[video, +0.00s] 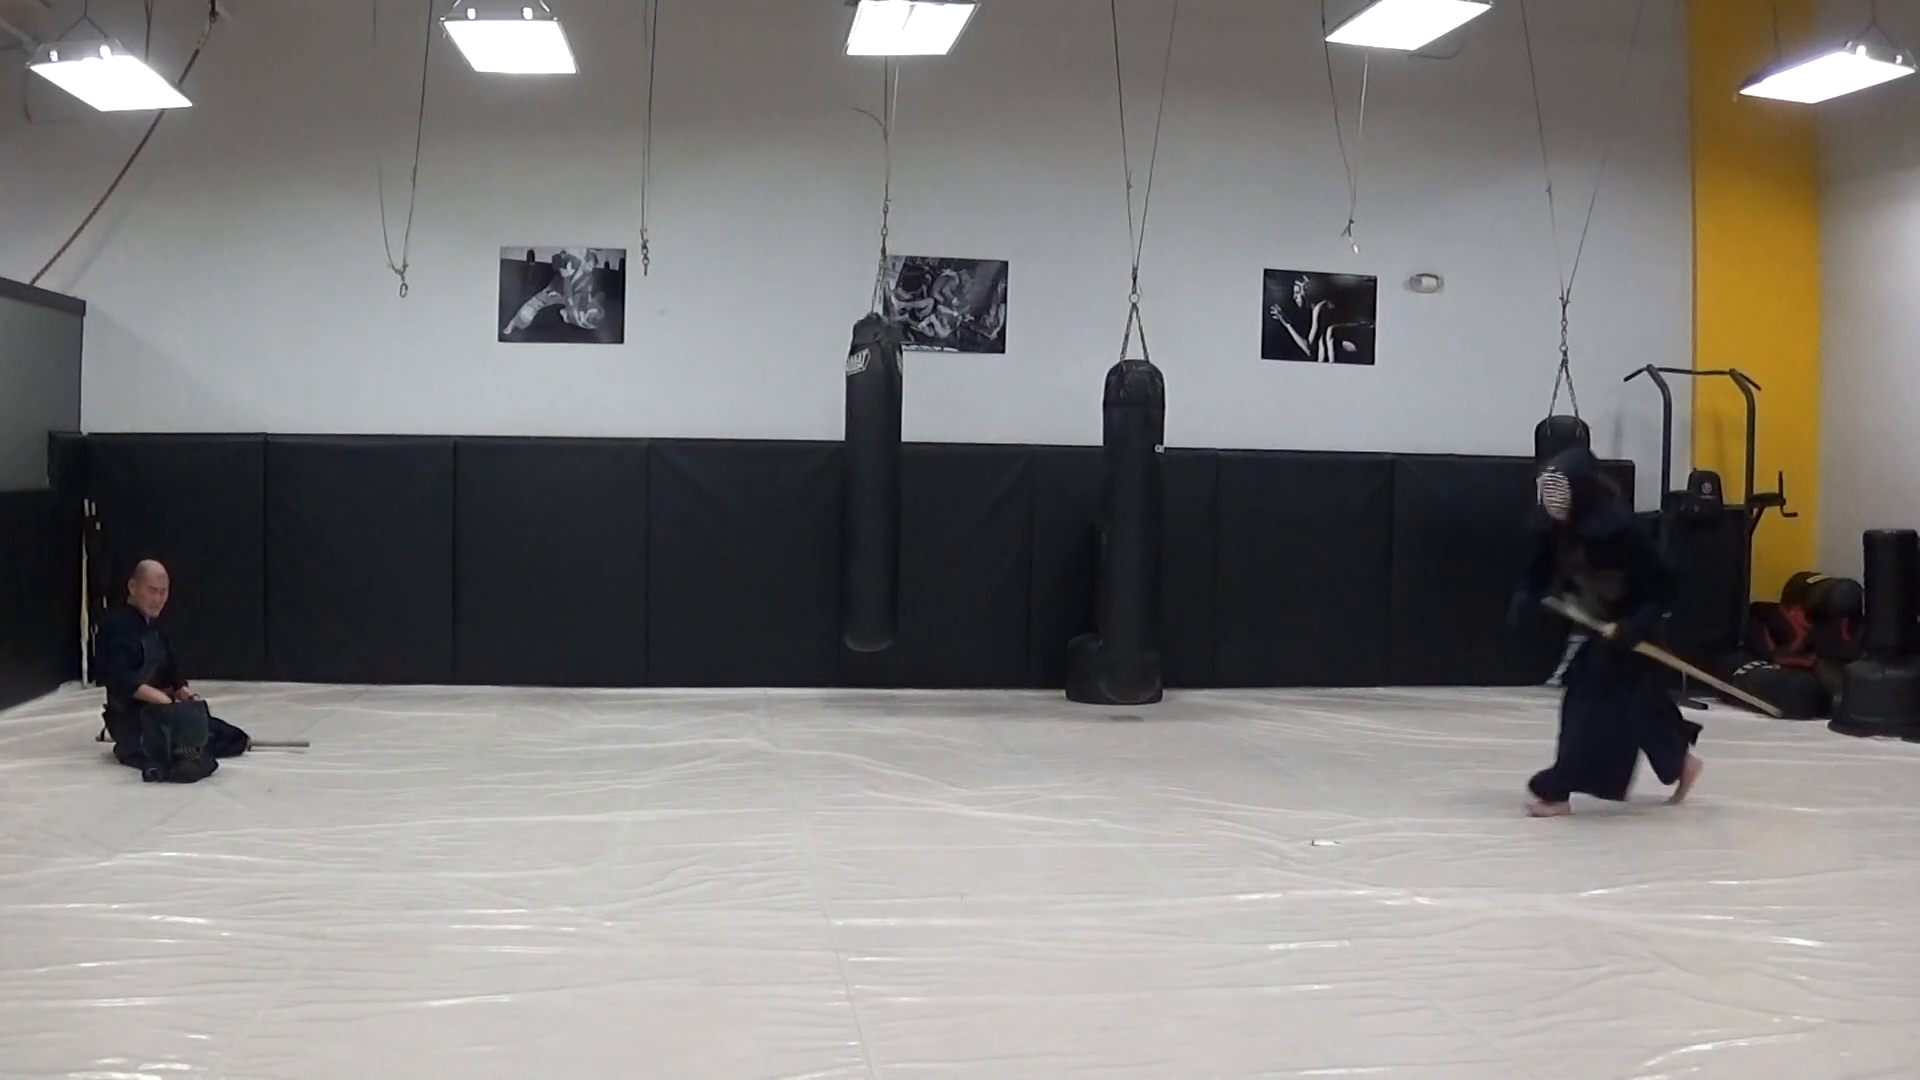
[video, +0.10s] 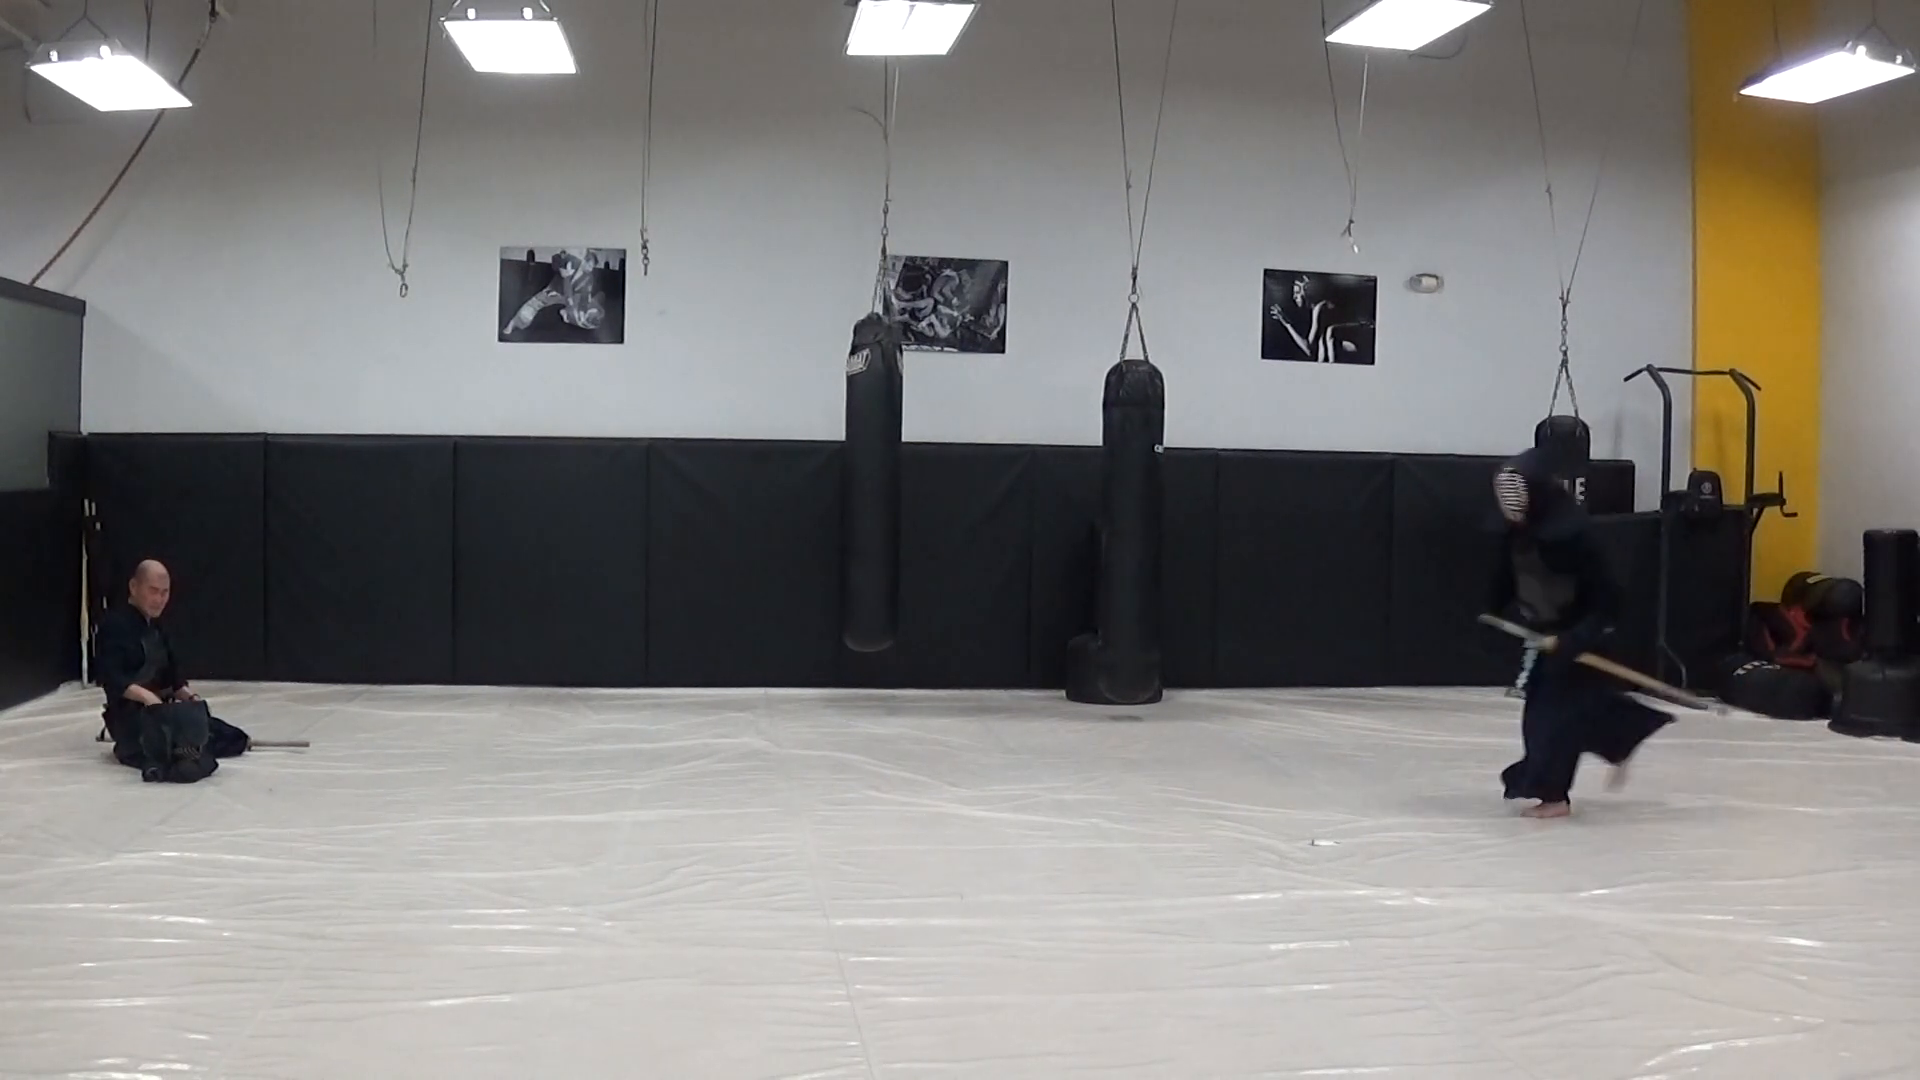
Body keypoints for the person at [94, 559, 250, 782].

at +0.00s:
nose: (159, 598)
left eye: (163, 592)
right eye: (152, 590)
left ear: (168, 592)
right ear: (132, 588)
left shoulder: (156, 627)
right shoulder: (116, 624)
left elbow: (171, 677)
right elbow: (120, 680)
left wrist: (189, 699)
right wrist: (167, 702)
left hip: (162, 713)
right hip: (130, 719)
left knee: (236, 740)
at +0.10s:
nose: (159, 599)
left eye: (164, 593)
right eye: (153, 591)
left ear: (169, 593)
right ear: (133, 588)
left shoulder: (158, 627)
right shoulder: (115, 624)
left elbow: (172, 678)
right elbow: (109, 677)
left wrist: (190, 699)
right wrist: (149, 698)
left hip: (166, 709)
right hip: (129, 714)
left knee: (235, 740)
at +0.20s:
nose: (160, 599)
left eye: (165, 592)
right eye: (154, 591)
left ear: (170, 592)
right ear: (134, 588)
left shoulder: (157, 626)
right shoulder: (114, 624)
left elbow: (170, 675)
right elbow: (106, 676)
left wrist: (187, 697)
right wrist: (142, 694)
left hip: (167, 710)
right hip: (130, 715)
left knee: (235, 740)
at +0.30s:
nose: (160, 598)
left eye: (165, 592)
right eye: (154, 591)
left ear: (169, 592)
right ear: (134, 588)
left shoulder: (161, 628)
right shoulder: (114, 624)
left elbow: (173, 677)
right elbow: (106, 674)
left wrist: (191, 698)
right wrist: (142, 700)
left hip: (169, 710)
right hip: (129, 715)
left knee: (237, 740)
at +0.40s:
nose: (160, 597)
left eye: (164, 590)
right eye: (153, 588)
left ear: (169, 591)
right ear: (133, 587)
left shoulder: (160, 627)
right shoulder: (114, 624)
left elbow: (172, 676)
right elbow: (113, 676)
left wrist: (190, 698)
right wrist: (140, 709)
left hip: (167, 710)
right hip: (127, 713)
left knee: (236, 740)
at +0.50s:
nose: (159, 595)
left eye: (163, 588)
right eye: (153, 586)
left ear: (168, 590)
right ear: (132, 586)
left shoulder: (159, 626)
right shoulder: (114, 624)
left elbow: (172, 676)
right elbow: (113, 677)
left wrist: (190, 696)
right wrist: (140, 713)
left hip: (166, 708)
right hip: (128, 712)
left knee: (236, 740)